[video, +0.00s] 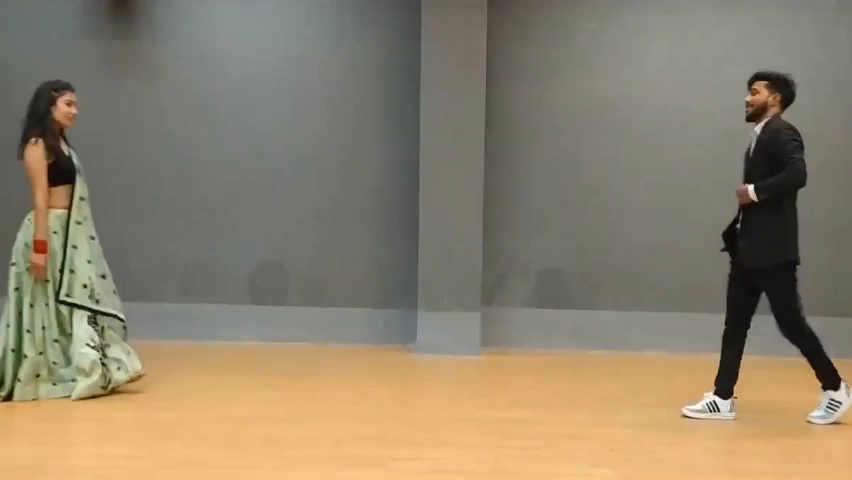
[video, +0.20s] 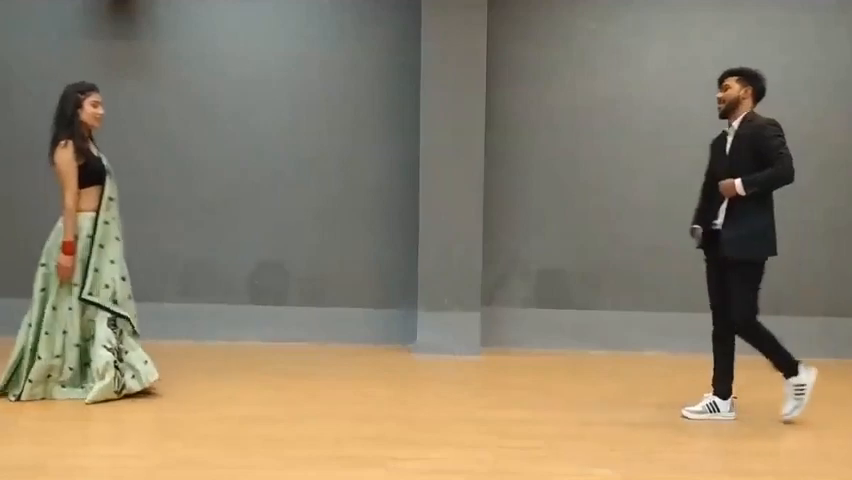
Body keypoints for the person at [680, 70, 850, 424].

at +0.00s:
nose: (747, 98)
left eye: (754, 92)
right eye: (748, 92)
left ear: (775, 98)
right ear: (765, 99)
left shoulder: (783, 132)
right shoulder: (760, 136)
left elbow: (796, 174)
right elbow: (763, 188)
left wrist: (755, 191)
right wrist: (740, 228)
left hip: (774, 248)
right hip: (748, 247)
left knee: (792, 324)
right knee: (735, 324)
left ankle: (837, 390)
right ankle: (721, 398)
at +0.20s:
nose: (719, 94)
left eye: (726, 88)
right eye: (719, 89)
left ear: (748, 94)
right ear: (731, 96)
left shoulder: (765, 129)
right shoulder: (719, 141)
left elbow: (784, 171)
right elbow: (711, 187)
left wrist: (741, 184)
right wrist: (700, 223)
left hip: (748, 240)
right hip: (718, 240)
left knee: (742, 319)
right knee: (722, 320)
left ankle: (796, 373)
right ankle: (721, 399)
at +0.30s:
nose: (703, 94)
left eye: (710, 87)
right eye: (703, 88)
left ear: (733, 90)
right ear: (723, 93)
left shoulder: (755, 128)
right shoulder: (705, 138)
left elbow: (777, 173)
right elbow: (693, 185)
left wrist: (733, 183)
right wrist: (684, 224)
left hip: (737, 238)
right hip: (704, 238)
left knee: (722, 315)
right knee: (715, 318)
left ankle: (761, 385)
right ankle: (721, 398)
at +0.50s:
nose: (678, 94)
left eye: (684, 87)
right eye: (678, 89)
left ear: (707, 89)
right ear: (695, 93)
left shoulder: (732, 132)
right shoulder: (679, 137)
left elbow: (757, 177)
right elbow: (671, 185)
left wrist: (715, 186)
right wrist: (665, 226)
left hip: (716, 238)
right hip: (685, 239)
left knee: (690, 312)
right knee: (705, 316)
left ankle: (672, 397)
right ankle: (721, 398)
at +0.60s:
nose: (666, 96)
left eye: (672, 89)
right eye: (666, 90)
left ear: (695, 91)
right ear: (683, 93)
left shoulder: (720, 135)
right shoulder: (668, 139)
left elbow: (744, 180)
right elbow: (661, 188)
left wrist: (699, 188)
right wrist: (656, 230)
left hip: (704, 240)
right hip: (674, 242)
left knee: (675, 315)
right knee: (700, 320)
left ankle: (642, 394)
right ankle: (721, 398)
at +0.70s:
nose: (653, 96)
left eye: (658, 89)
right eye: (653, 90)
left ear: (680, 91)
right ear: (671, 93)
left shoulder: (703, 136)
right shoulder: (658, 139)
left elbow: (726, 184)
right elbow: (651, 190)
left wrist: (682, 190)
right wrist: (645, 231)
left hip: (689, 244)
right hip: (665, 244)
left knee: (658, 319)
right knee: (692, 323)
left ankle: (632, 398)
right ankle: (720, 397)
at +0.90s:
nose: (628, 92)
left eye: (633, 84)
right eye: (629, 85)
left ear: (654, 87)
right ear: (650, 88)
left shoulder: (664, 131)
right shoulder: (649, 128)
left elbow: (670, 184)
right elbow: (653, 183)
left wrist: (636, 185)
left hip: (649, 242)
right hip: (637, 240)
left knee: (639, 320)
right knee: (640, 320)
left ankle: (624, 401)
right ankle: (698, 376)